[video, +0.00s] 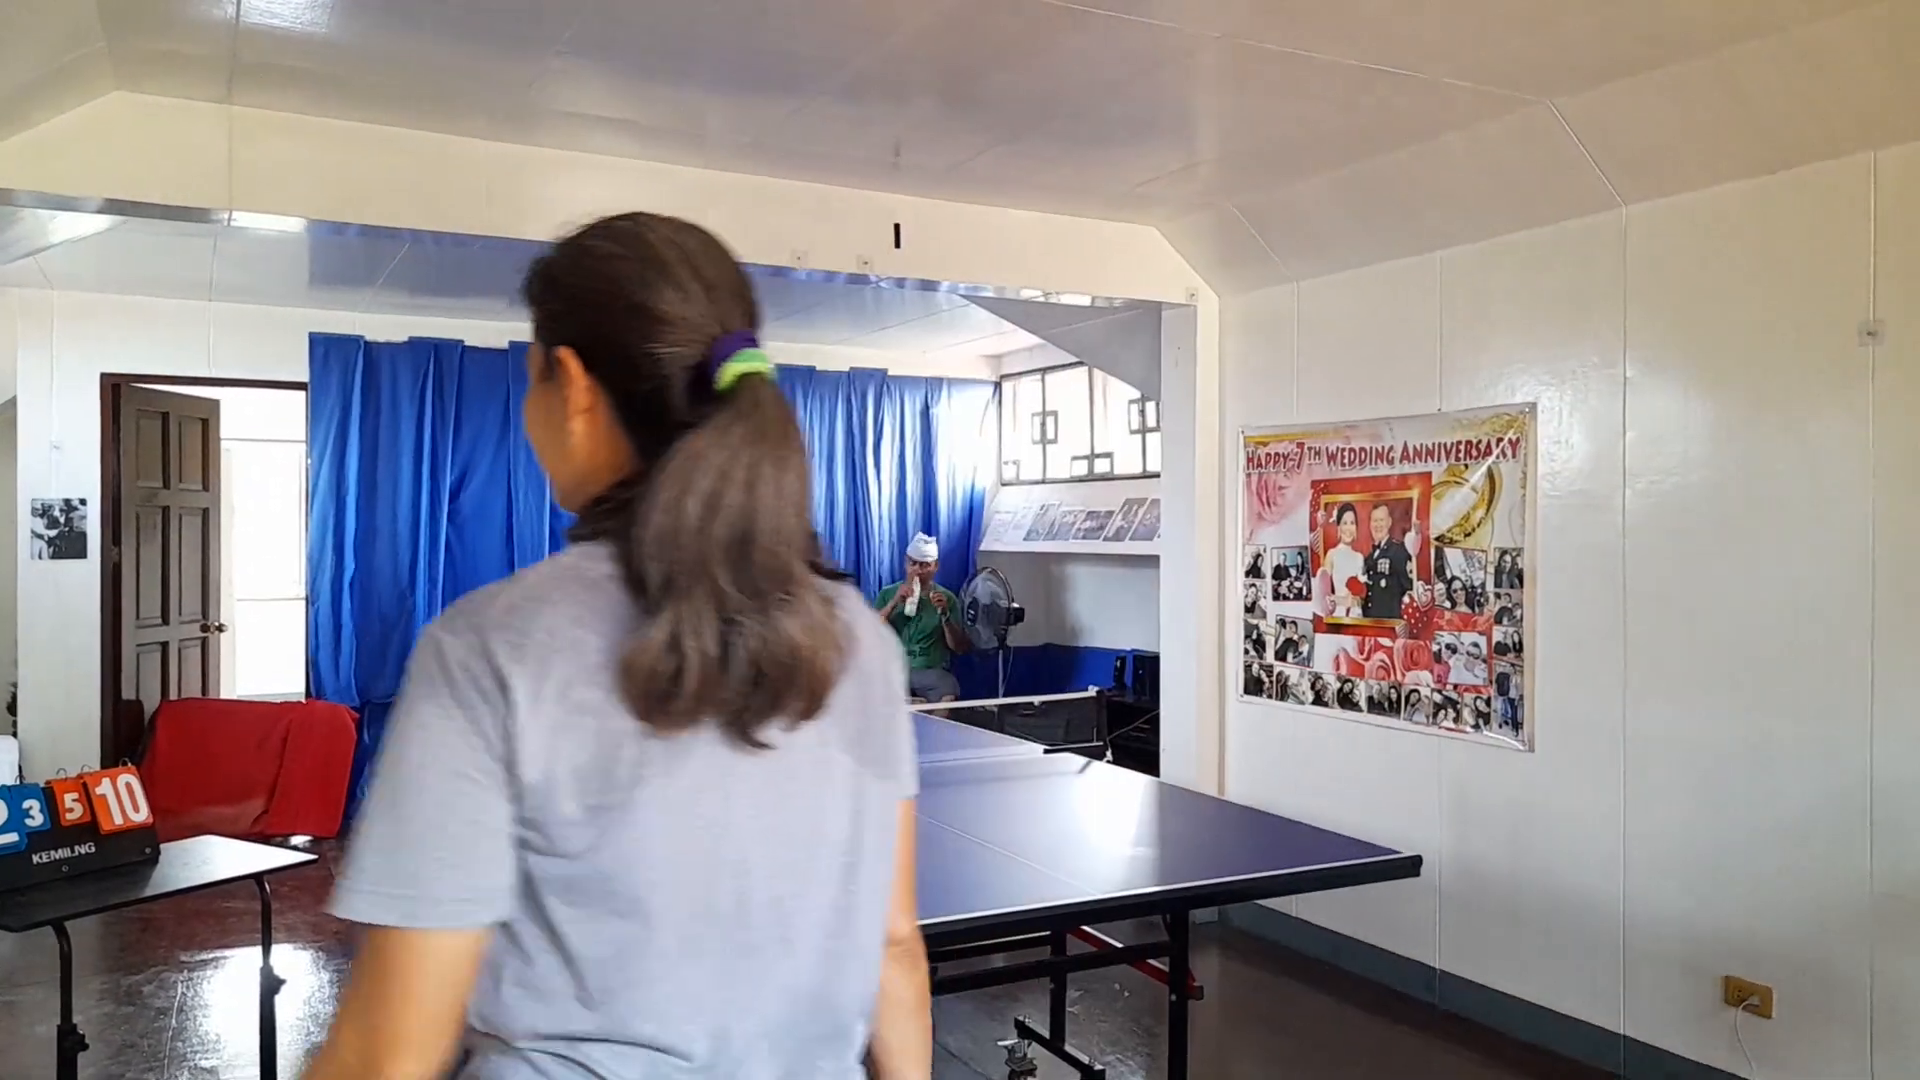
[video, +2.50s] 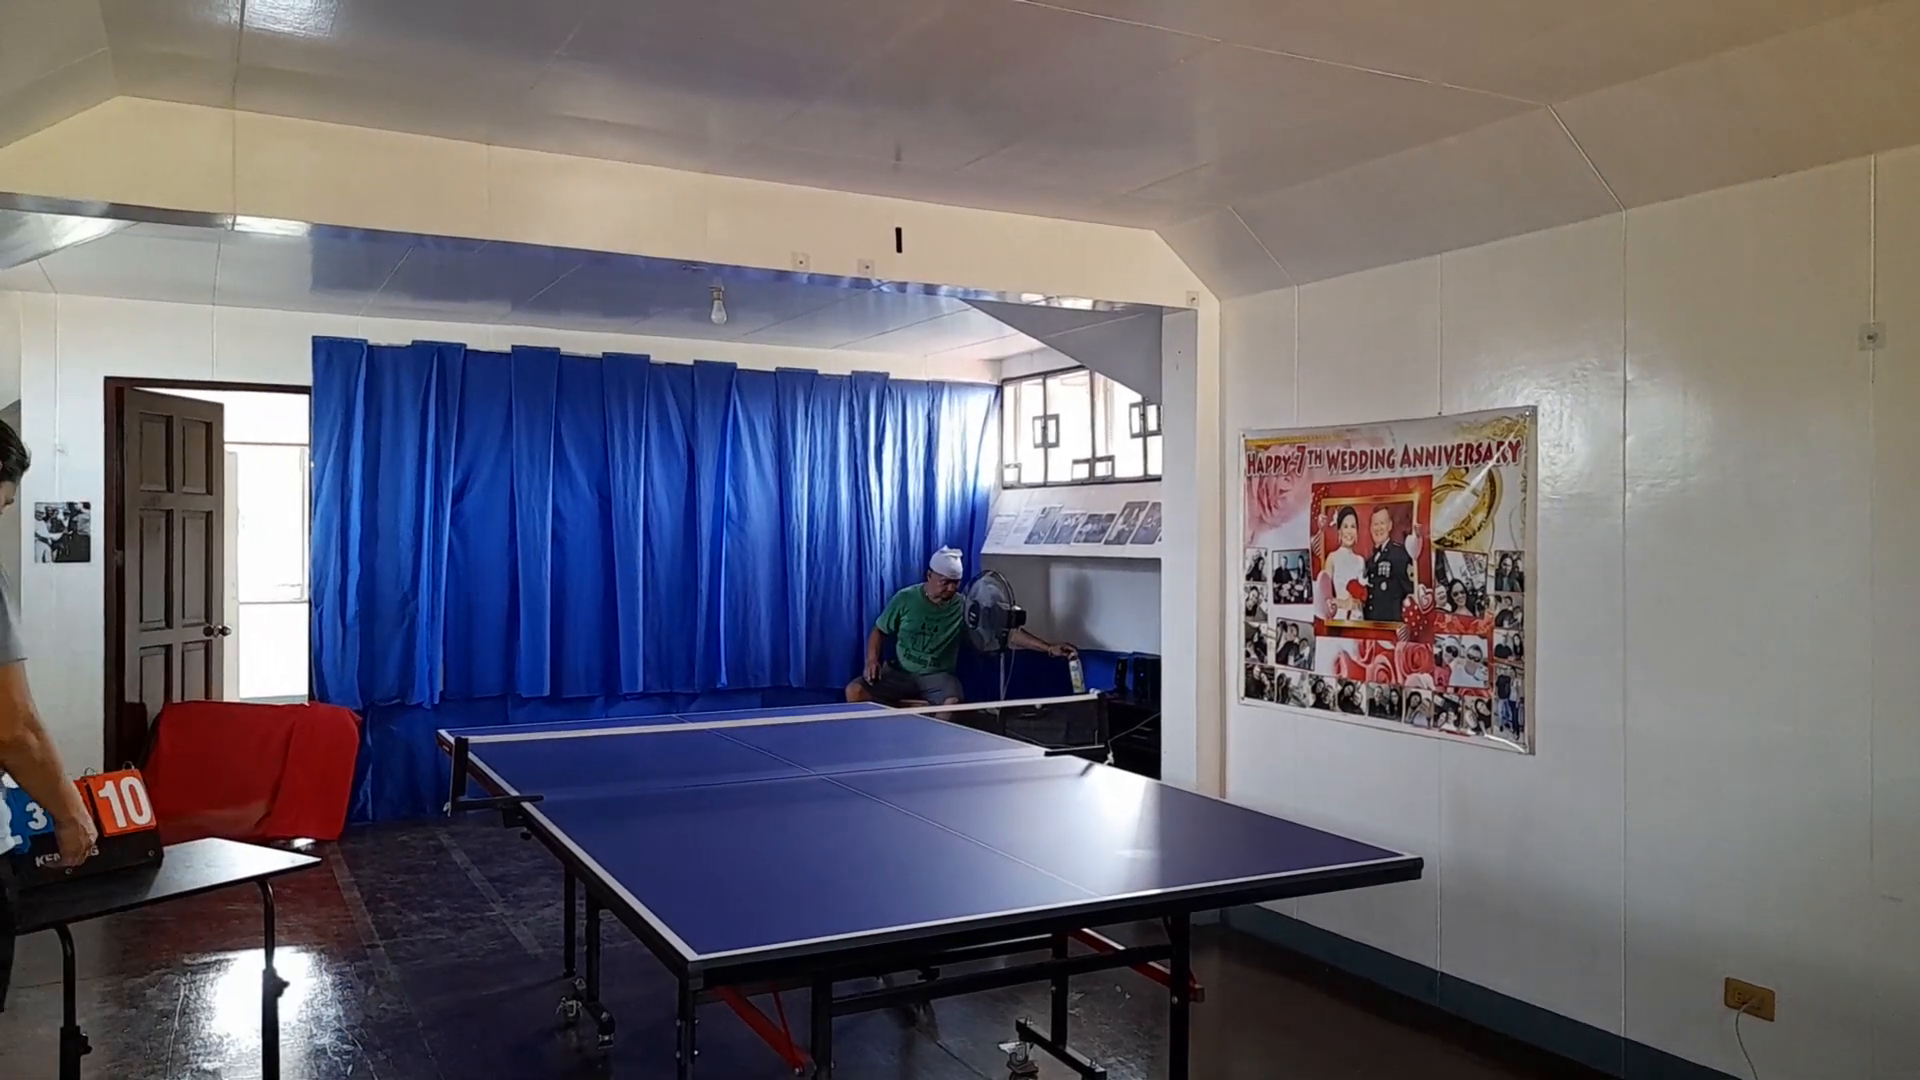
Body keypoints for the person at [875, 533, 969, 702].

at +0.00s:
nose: (918, 570)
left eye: (925, 565)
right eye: (913, 564)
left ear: (936, 566)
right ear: (906, 564)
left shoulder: (947, 599)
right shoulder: (887, 594)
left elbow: (959, 648)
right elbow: (870, 630)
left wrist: (944, 615)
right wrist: (894, 603)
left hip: (929, 670)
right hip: (892, 668)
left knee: (947, 694)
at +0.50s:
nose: (914, 585)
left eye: (921, 580)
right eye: (909, 579)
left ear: (931, 574)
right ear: (901, 573)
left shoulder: (944, 601)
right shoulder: (886, 600)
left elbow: (962, 645)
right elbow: (870, 647)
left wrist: (942, 632)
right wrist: (892, 638)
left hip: (932, 675)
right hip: (892, 674)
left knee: (950, 702)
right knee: (852, 691)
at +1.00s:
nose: (928, 583)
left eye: (933, 578)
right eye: (922, 578)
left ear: (939, 575)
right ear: (907, 573)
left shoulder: (947, 602)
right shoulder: (887, 602)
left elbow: (962, 645)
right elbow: (873, 648)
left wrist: (950, 635)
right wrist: (900, 644)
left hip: (934, 677)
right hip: (893, 675)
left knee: (950, 703)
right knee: (852, 691)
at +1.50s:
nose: (942, 579)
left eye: (946, 573)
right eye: (937, 572)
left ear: (951, 572)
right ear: (920, 567)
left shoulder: (953, 602)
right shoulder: (894, 595)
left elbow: (959, 637)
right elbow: (880, 641)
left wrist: (956, 642)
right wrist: (918, 636)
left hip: (933, 672)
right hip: (895, 670)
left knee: (949, 703)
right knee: (852, 689)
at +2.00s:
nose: (949, 583)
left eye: (954, 578)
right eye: (944, 577)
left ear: (958, 577)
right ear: (927, 571)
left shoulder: (960, 604)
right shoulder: (901, 596)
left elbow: (996, 633)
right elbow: (875, 631)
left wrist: (1039, 637)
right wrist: (874, 659)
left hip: (937, 676)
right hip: (900, 672)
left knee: (951, 704)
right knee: (853, 689)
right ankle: (876, 740)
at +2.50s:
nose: (951, 588)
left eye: (955, 583)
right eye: (945, 582)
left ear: (960, 582)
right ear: (929, 577)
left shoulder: (963, 607)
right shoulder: (905, 598)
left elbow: (1005, 631)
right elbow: (878, 631)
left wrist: (1048, 648)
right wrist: (872, 660)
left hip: (938, 678)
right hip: (900, 672)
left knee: (953, 706)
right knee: (854, 690)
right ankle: (876, 745)